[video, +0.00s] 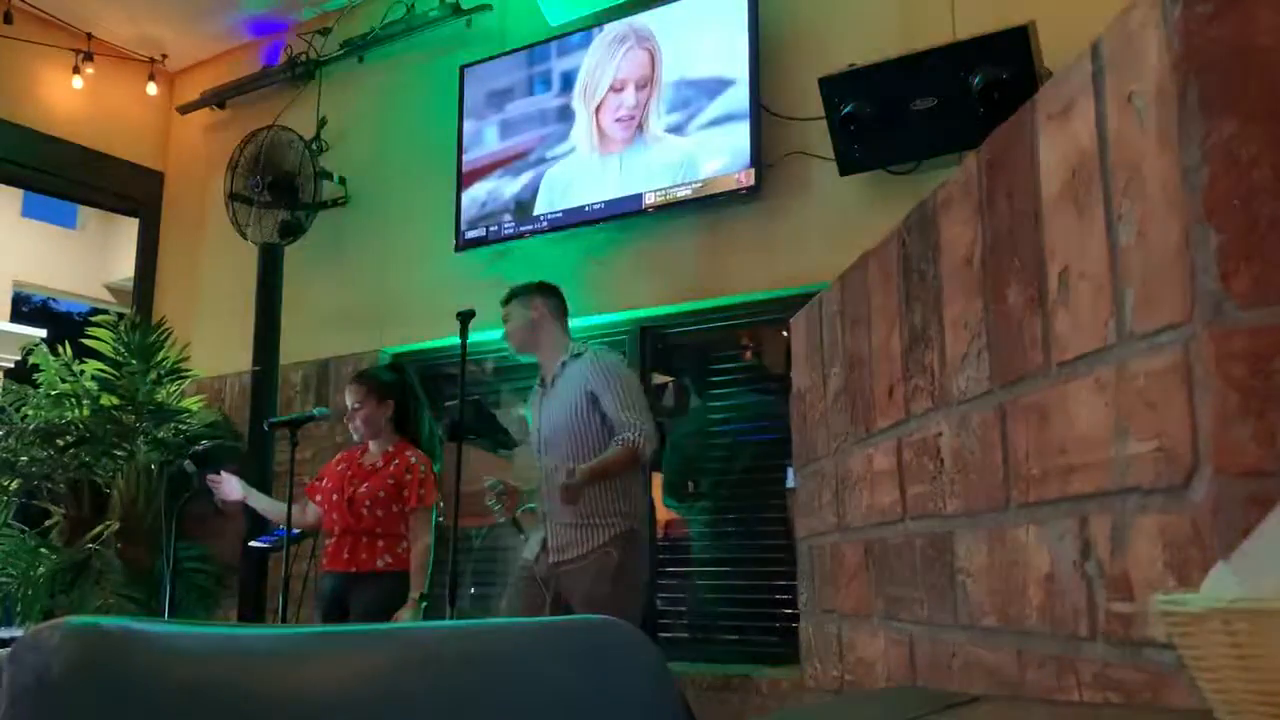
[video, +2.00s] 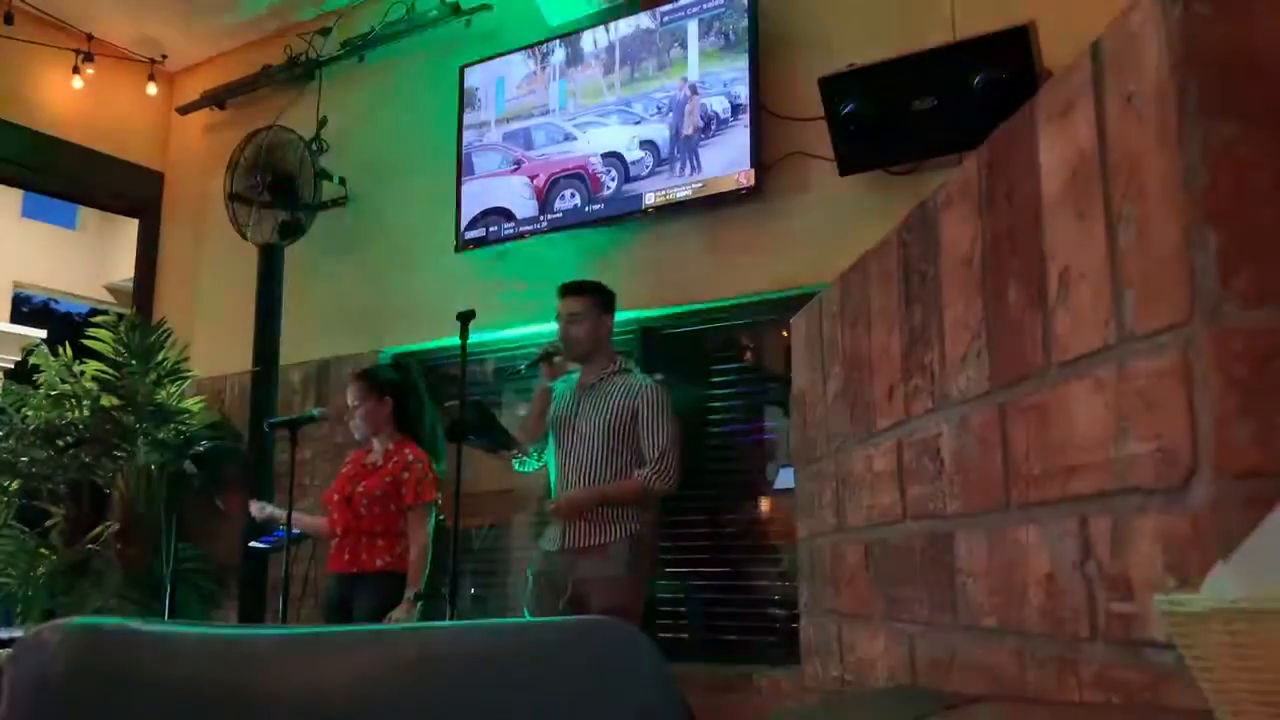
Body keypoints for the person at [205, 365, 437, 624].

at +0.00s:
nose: (348, 417)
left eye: (357, 408)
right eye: (347, 410)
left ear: (387, 408)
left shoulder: (413, 464)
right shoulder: (342, 463)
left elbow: (421, 539)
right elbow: (304, 517)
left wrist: (415, 601)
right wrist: (244, 492)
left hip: (385, 583)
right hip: (334, 582)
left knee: (371, 677)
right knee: (329, 675)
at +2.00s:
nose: (349, 416)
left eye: (357, 406)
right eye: (349, 408)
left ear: (386, 405)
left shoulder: (413, 461)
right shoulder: (355, 460)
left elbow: (419, 539)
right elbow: (333, 526)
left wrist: (411, 600)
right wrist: (278, 515)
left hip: (384, 581)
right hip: (341, 579)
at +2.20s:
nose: (346, 416)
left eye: (355, 406)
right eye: (346, 408)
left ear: (384, 407)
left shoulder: (410, 461)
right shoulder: (351, 461)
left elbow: (416, 538)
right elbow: (329, 525)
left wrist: (408, 601)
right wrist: (270, 506)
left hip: (381, 582)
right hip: (338, 580)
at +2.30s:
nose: (345, 415)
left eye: (353, 406)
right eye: (344, 407)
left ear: (381, 407)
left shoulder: (409, 463)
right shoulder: (348, 463)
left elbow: (417, 540)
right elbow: (325, 524)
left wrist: (409, 603)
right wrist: (265, 500)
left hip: (380, 581)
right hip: (334, 579)